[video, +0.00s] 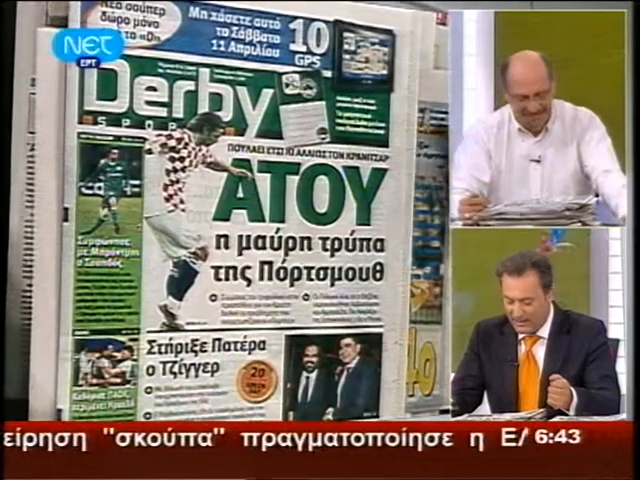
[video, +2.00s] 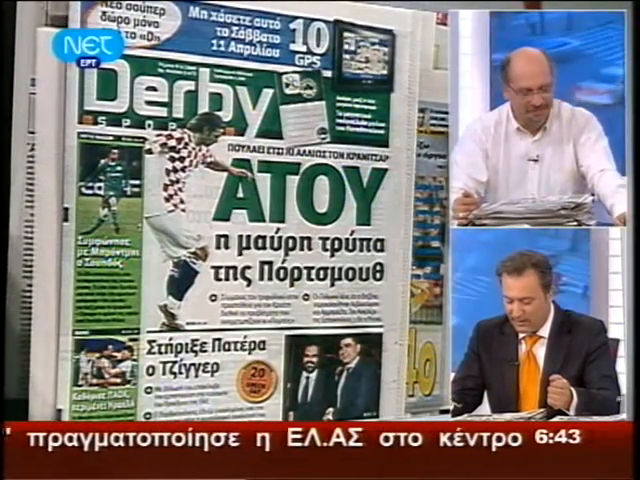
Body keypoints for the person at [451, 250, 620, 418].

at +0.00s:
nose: (517, 312)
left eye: (527, 302)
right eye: (509, 301)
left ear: (550, 296)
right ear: (502, 297)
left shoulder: (588, 332)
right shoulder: (486, 334)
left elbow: (610, 403)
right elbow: (461, 401)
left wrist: (574, 400)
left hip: (568, 452)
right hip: (505, 451)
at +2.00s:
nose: (516, 312)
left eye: (526, 302)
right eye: (509, 301)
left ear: (549, 294)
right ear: (503, 297)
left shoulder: (588, 332)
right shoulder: (487, 334)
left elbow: (609, 403)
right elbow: (462, 400)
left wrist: (574, 400)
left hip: (569, 450)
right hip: (505, 449)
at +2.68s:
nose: (516, 312)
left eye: (526, 302)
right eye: (509, 301)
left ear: (549, 295)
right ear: (503, 296)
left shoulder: (588, 332)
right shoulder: (487, 334)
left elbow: (610, 403)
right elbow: (464, 393)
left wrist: (574, 400)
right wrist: (457, 401)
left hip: (567, 451)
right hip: (503, 450)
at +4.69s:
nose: (510, 313)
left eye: (521, 303)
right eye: (505, 302)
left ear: (547, 297)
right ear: (500, 297)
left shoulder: (588, 333)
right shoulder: (486, 335)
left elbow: (610, 402)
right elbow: (461, 400)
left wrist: (570, 400)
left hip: (569, 451)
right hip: (505, 449)